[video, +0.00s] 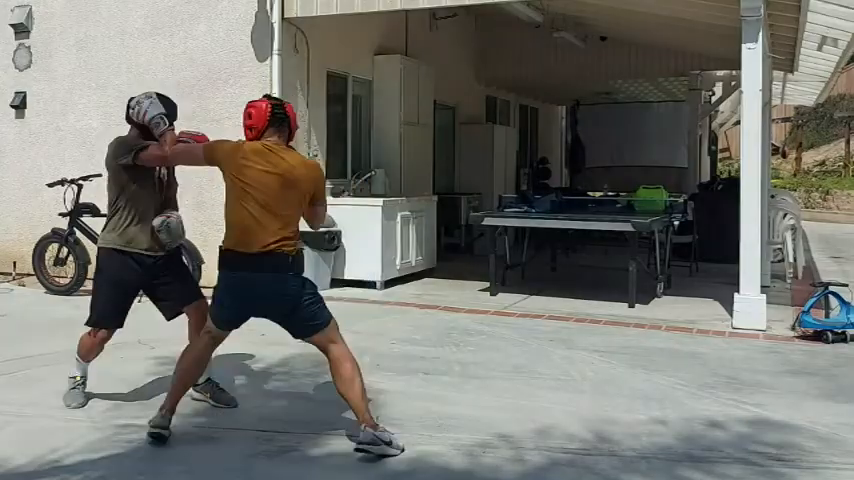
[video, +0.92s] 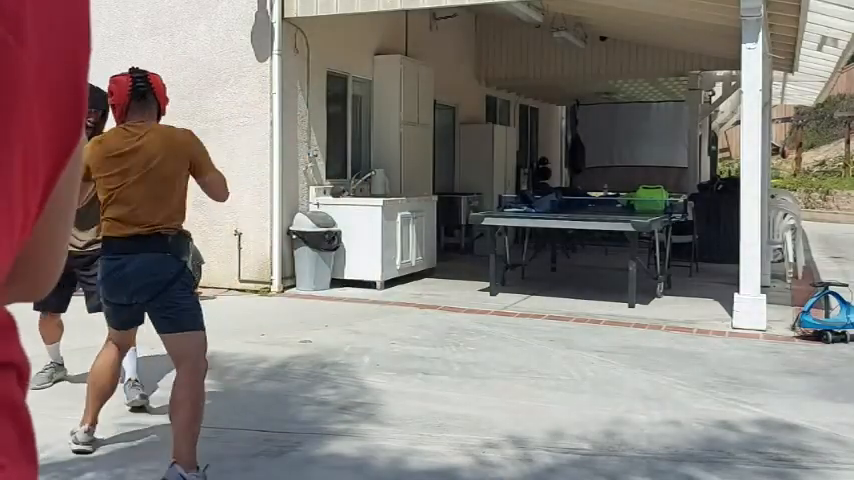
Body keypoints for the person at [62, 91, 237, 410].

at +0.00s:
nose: (171, 131)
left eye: (171, 126)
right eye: (167, 125)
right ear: (149, 120)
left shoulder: (163, 157)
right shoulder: (120, 147)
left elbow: (170, 204)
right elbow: (166, 155)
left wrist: (173, 225)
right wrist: (160, 123)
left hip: (162, 255)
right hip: (120, 253)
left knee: (199, 311)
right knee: (101, 333)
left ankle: (199, 379)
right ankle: (78, 372)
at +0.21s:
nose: (126, 118)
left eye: (130, 112)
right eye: (119, 111)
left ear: (136, 113)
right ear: (105, 112)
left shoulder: (138, 142)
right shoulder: (84, 140)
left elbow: (141, 187)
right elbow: (129, 169)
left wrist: (131, 212)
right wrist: (119, 134)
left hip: (129, 236)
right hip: (87, 236)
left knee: (160, 304)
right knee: (85, 315)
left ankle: (177, 374)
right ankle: (74, 377)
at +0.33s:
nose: (116, 104)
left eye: (120, 98)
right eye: (108, 98)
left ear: (123, 98)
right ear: (89, 98)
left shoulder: (130, 125)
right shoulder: (70, 131)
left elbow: (131, 172)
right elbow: (99, 163)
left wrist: (116, 206)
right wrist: (93, 123)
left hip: (118, 227)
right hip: (74, 227)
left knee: (140, 294)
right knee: (70, 300)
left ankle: (149, 368)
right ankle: (66, 374)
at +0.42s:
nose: (98, 100)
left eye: (104, 94)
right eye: (92, 93)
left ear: (111, 97)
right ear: (78, 93)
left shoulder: (119, 125)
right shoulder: (62, 126)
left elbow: (125, 173)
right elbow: (66, 172)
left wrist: (102, 205)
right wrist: (74, 124)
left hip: (111, 228)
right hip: (66, 226)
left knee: (129, 295)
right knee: (55, 298)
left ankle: (133, 362)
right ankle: (56, 361)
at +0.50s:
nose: (88, 109)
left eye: (94, 104)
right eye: (84, 102)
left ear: (101, 106)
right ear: (71, 104)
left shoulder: (111, 136)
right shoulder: (54, 135)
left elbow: (124, 184)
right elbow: (41, 184)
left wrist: (101, 213)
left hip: (106, 235)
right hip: (61, 236)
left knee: (124, 301)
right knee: (49, 304)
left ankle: (133, 362)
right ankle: (51, 361)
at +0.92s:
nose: (92, 119)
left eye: (97, 113)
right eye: (87, 112)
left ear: (106, 116)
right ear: (76, 113)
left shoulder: (112, 151)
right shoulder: (60, 148)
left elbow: (123, 196)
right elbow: (47, 191)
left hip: (99, 248)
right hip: (60, 249)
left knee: (115, 313)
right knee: (48, 310)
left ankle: (132, 379)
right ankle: (55, 363)